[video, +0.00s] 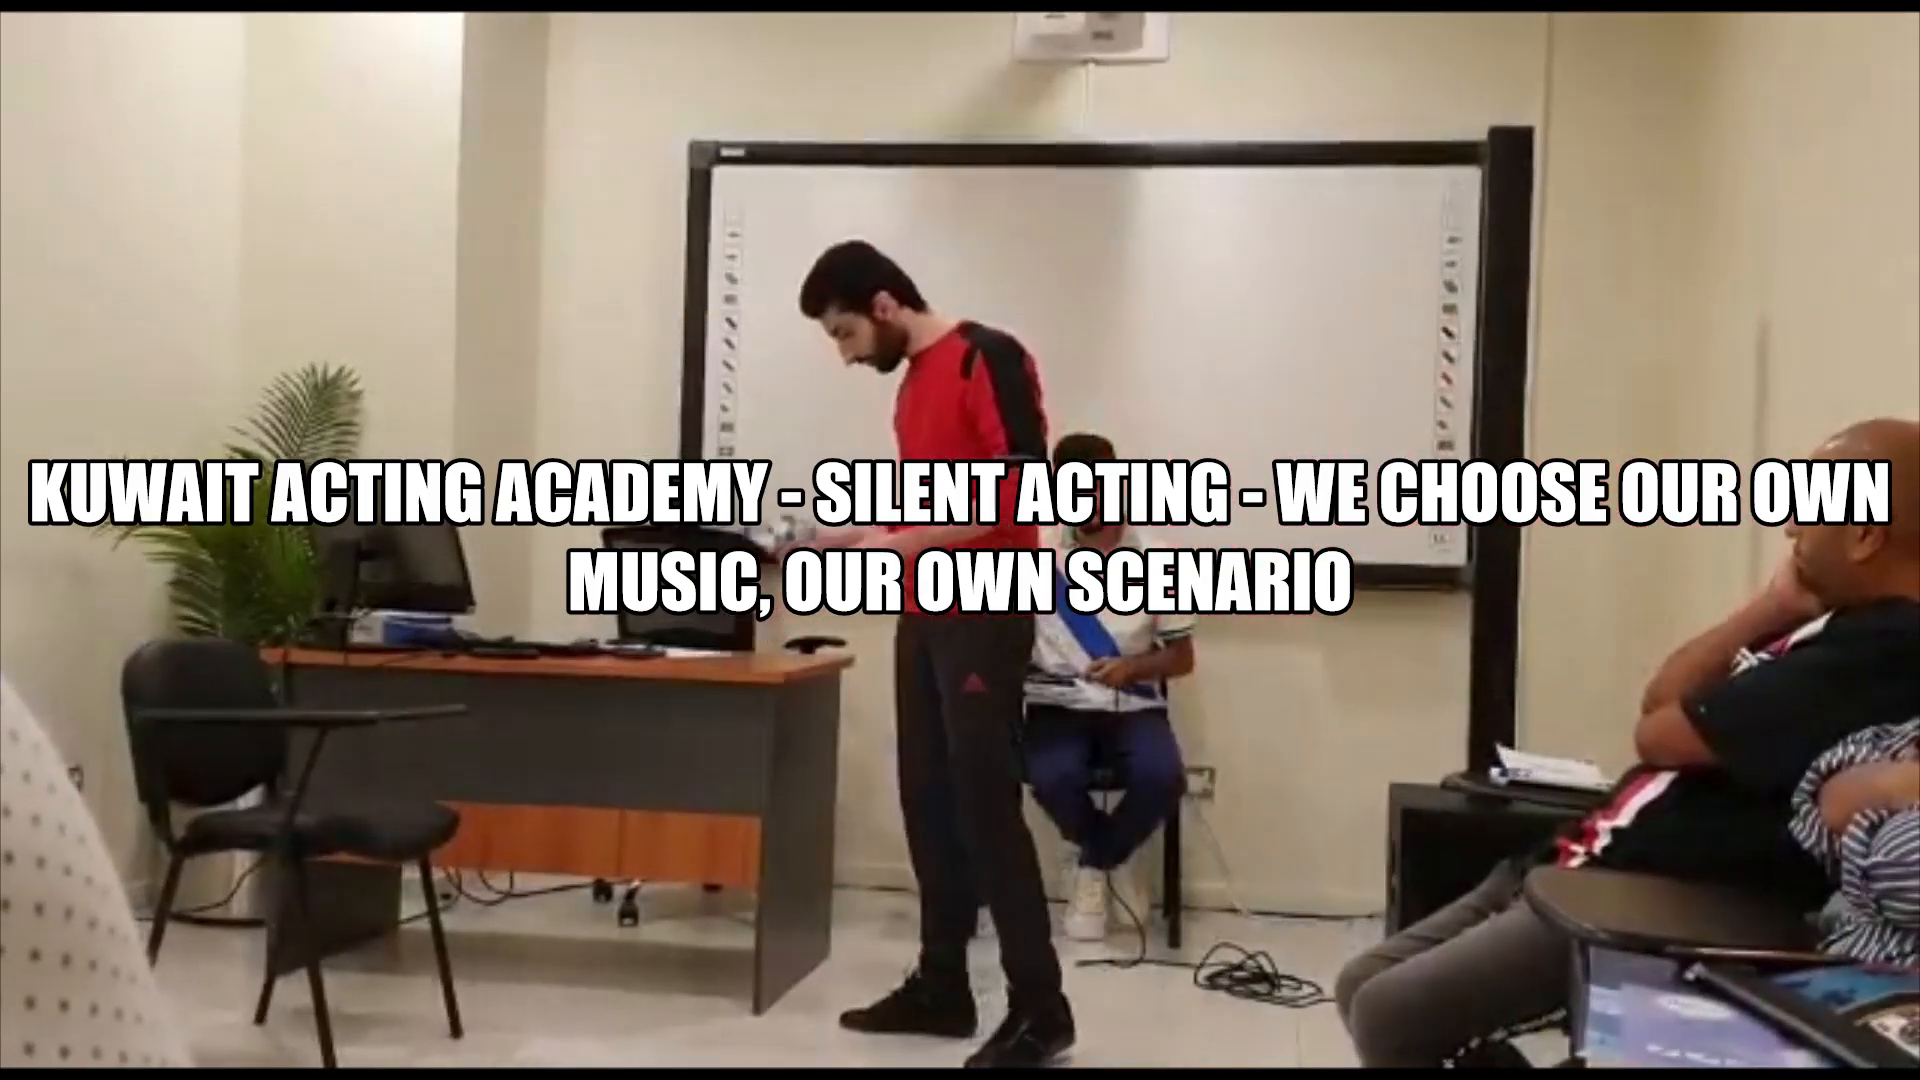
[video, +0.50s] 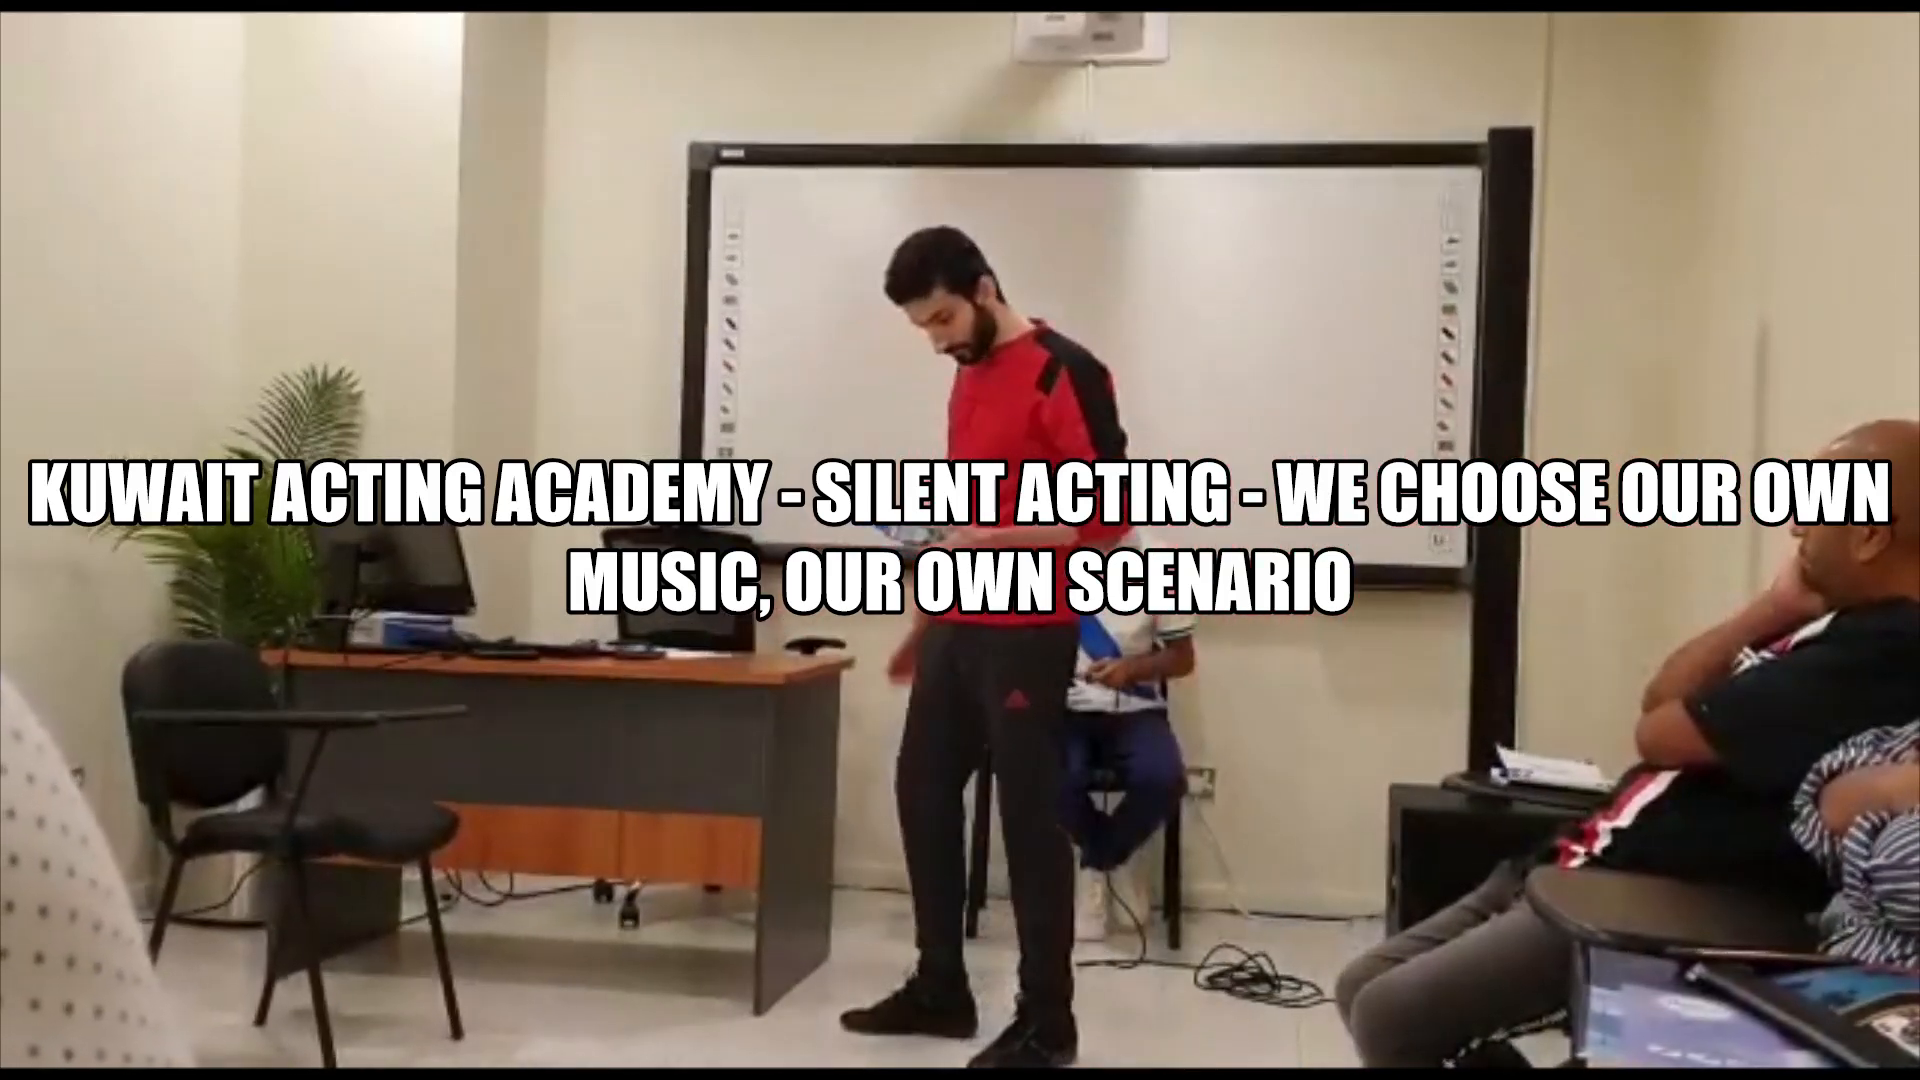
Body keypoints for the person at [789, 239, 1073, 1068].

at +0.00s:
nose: (843, 352)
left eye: (843, 330)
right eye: (833, 336)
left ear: (885, 303)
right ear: (881, 313)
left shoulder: (990, 357)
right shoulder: (914, 389)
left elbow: (1032, 496)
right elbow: (922, 515)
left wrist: (924, 545)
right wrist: (838, 541)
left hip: (984, 618)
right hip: (923, 619)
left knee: (987, 805)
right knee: (927, 798)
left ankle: (1039, 1008)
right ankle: (941, 988)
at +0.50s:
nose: (934, 338)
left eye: (940, 319)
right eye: (923, 324)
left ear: (984, 291)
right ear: (929, 313)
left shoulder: (1068, 376)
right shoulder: (971, 378)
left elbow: (1103, 521)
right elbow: (966, 518)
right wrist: (923, 624)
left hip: (1031, 637)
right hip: (957, 632)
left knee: (1032, 820)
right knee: (922, 789)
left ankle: (1046, 1020)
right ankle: (939, 987)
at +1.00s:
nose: (960, 342)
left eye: (969, 322)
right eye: (945, 330)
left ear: (1006, 293)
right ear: (934, 320)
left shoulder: (1086, 376)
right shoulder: (973, 378)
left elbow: (1136, 513)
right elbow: (975, 508)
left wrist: (1067, 575)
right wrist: (940, 611)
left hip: (1046, 638)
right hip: (963, 632)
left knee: (1047, 826)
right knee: (940, 803)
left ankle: (1046, 1023)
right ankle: (947, 992)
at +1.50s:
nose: (957, 340)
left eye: (964, 320)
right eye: (943, 327)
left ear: (1007, 289)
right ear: (937, 318)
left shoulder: (1093, 375)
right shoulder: (980, 375)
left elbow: (1133, 515)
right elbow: (988, 479)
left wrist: (1002, 520)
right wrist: (942, 514)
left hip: (1049, 634)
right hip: (969, 625)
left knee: (1047, 828)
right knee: (946, 802)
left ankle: (1046, 1025)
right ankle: (948, 993)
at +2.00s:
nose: (941, 338)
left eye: (947, 318)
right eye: (932, 323)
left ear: (996, 289)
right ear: (972, 304)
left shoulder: (1091, 369)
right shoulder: (982, 381)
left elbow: (1145, 502)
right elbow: (988, 492)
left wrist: (1017, 542)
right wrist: (944, 530)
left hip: (1054, 637)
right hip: (973, 630)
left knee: (1052, 833)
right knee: (953, 814)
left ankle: (1049, 1026)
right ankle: (955, 996)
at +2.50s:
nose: (944, 323)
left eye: (953, 302)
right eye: (938, 305)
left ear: (1008, 290)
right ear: (998, 298)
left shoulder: (1103, 371)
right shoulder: (1003, 386)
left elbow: (1157, 507)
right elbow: (997, 494)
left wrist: (1023, 547)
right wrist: (956, 540)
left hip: (1065, 637)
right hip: (991, 630)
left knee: (1062, 823)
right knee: (966, 814)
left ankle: (1160, 1029)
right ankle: (958, 996)